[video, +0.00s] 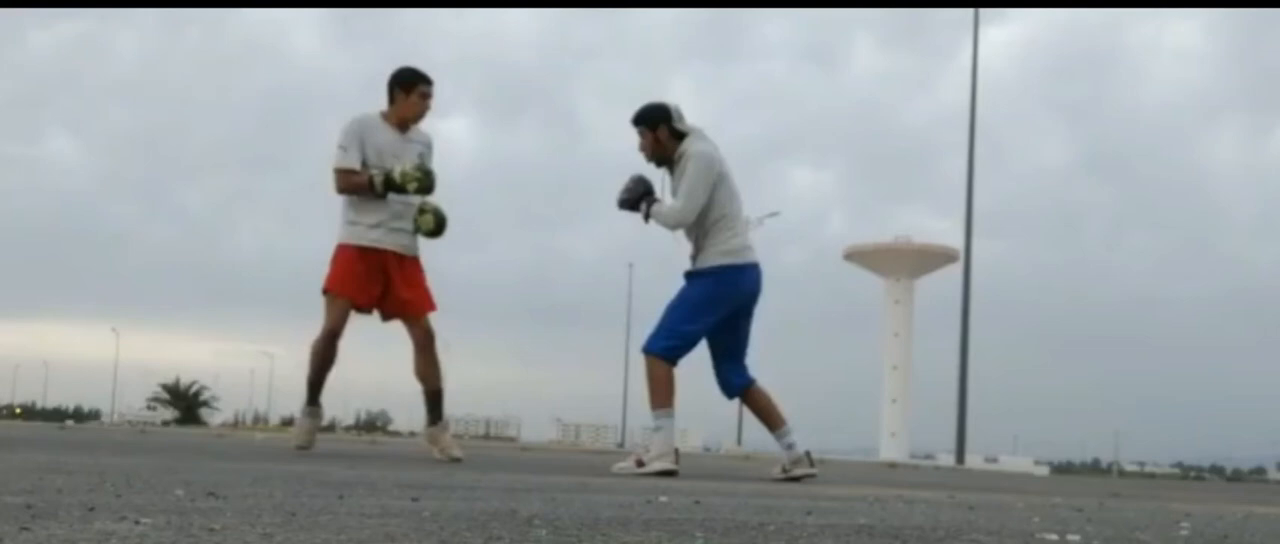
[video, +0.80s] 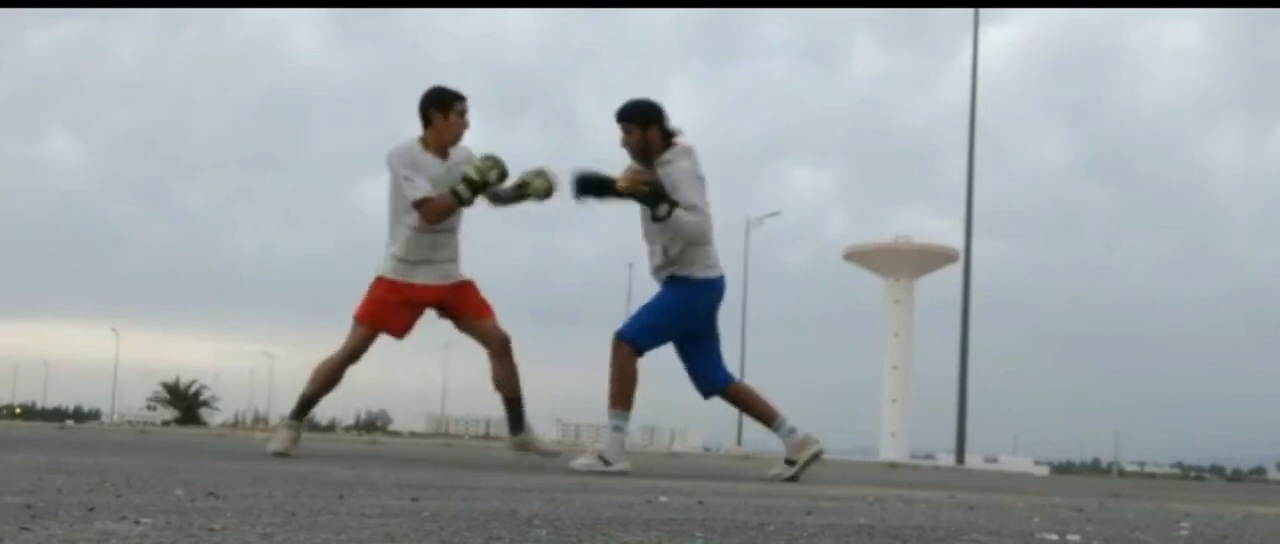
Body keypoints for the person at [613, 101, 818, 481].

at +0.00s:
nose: (641, 150)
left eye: (643, 139)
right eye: (639, 140)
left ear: (662, 133)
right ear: (665, 133)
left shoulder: (699, 155)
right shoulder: (688, 159)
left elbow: (680, 215)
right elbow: (689, 215)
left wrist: (647, 204)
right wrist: (652, 202)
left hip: (720, 273)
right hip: (738, 274)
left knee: (658, 352)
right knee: (735, 377)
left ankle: (661, 450)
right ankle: (795, 455)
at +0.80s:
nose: (623, 143)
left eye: (628, 134)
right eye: (622, 134)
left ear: (652, 133)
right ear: (648, 133)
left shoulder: (678, 166)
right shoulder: (649, 165)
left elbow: (701, 230)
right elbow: (636, 187)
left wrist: (657, 204)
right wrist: (605, 188)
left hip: (694, 286)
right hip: (688, 286)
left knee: (626, 343)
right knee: (714, 380)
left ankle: (612, 450)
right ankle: (796, 441)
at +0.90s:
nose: (643, 178)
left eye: (650, 170)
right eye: (637, 171)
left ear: (661, 160)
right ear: (626, 163)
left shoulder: (678, 197)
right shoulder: (625, 180)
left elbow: (668, 265)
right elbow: (579, 172)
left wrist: (639, 232)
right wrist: (531, 154)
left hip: (706, 277)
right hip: (683, 283)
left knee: (650, 343)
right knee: (715, 379)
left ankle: (617, 450)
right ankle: (803, 430)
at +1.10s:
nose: (671, 204)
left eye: (679, 199)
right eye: (666, 196)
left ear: (695, 190)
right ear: (658, 185)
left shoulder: (706, 219)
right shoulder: (652, 199)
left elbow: (669, 278)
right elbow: (602, 201)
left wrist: (652, 238)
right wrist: (546, 202)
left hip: (708, 296)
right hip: (691, 297)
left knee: (629, 346)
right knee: (685, 402)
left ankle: (614, 451)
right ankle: (780, 410)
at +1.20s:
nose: (720, 181)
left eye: (728, 175)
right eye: (715, 172)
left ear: (739, 172)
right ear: (706, 166)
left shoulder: (741, 208)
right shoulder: (693, 188)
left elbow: (697, 259)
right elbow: (653, 223)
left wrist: (691, 215)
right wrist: (616, 256)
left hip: (718, 297)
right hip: (698, 294)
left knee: (640, 348)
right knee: (683, 400)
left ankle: (614, 450)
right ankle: (771, 434)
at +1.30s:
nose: (760, 168)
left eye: (768, 162)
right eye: (757, 160)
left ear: (782, 162)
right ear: (750, 156)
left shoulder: (780, 201)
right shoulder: (737, 187)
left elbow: (738, 241)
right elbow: (711, 241)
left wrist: (727, 201)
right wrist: (685, 278)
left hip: (739, 291)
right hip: (712, 290)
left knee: (681, 361)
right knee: (709, 391)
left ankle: (637, 442)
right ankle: (782, 445)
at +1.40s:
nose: (783, 160)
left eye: (792, 154)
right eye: (779, 152)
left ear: (805, 158)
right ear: (771, 154)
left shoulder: (809, 197)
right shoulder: (770, 191)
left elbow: (769, 239)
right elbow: (748, 247)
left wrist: (757, 204)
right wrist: (720, 277)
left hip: (769, 289)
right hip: (747, 288)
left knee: (710, 342)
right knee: (733, 387)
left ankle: (706, 444)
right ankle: (791, 455)